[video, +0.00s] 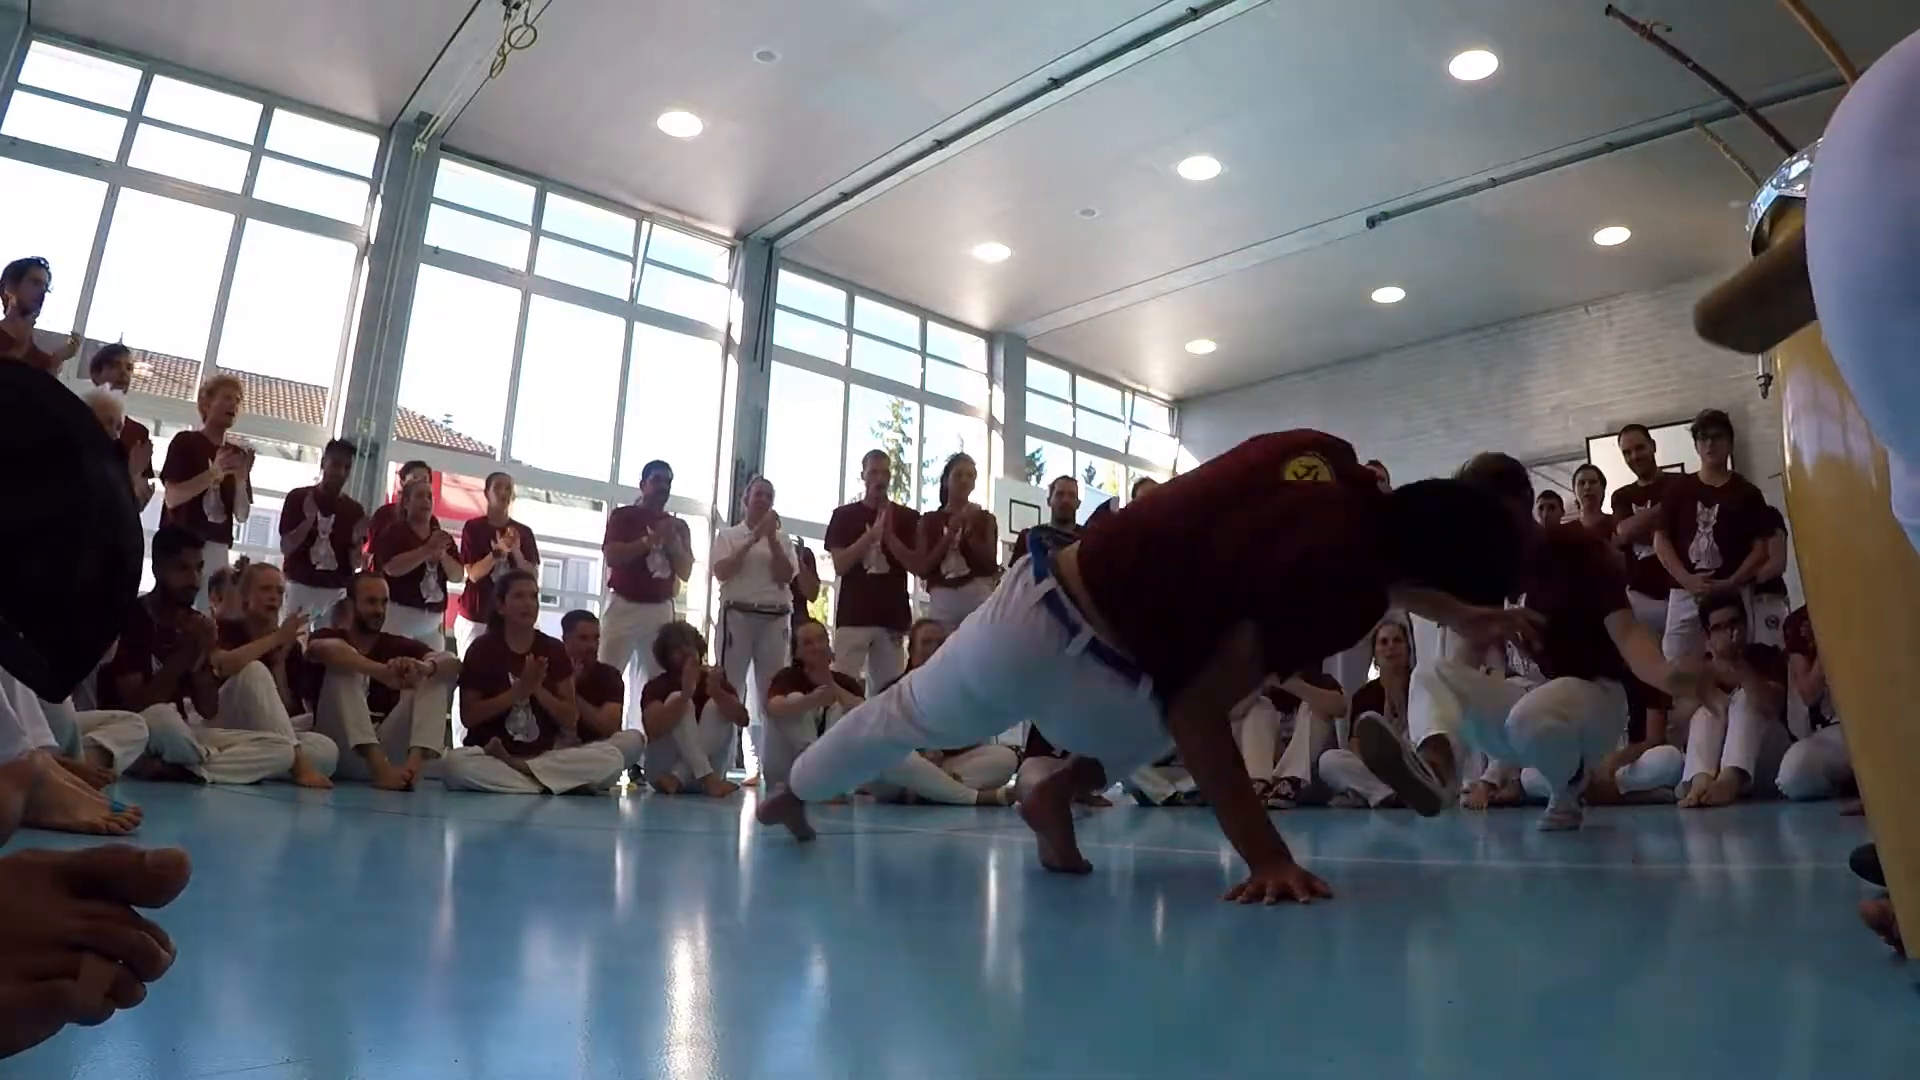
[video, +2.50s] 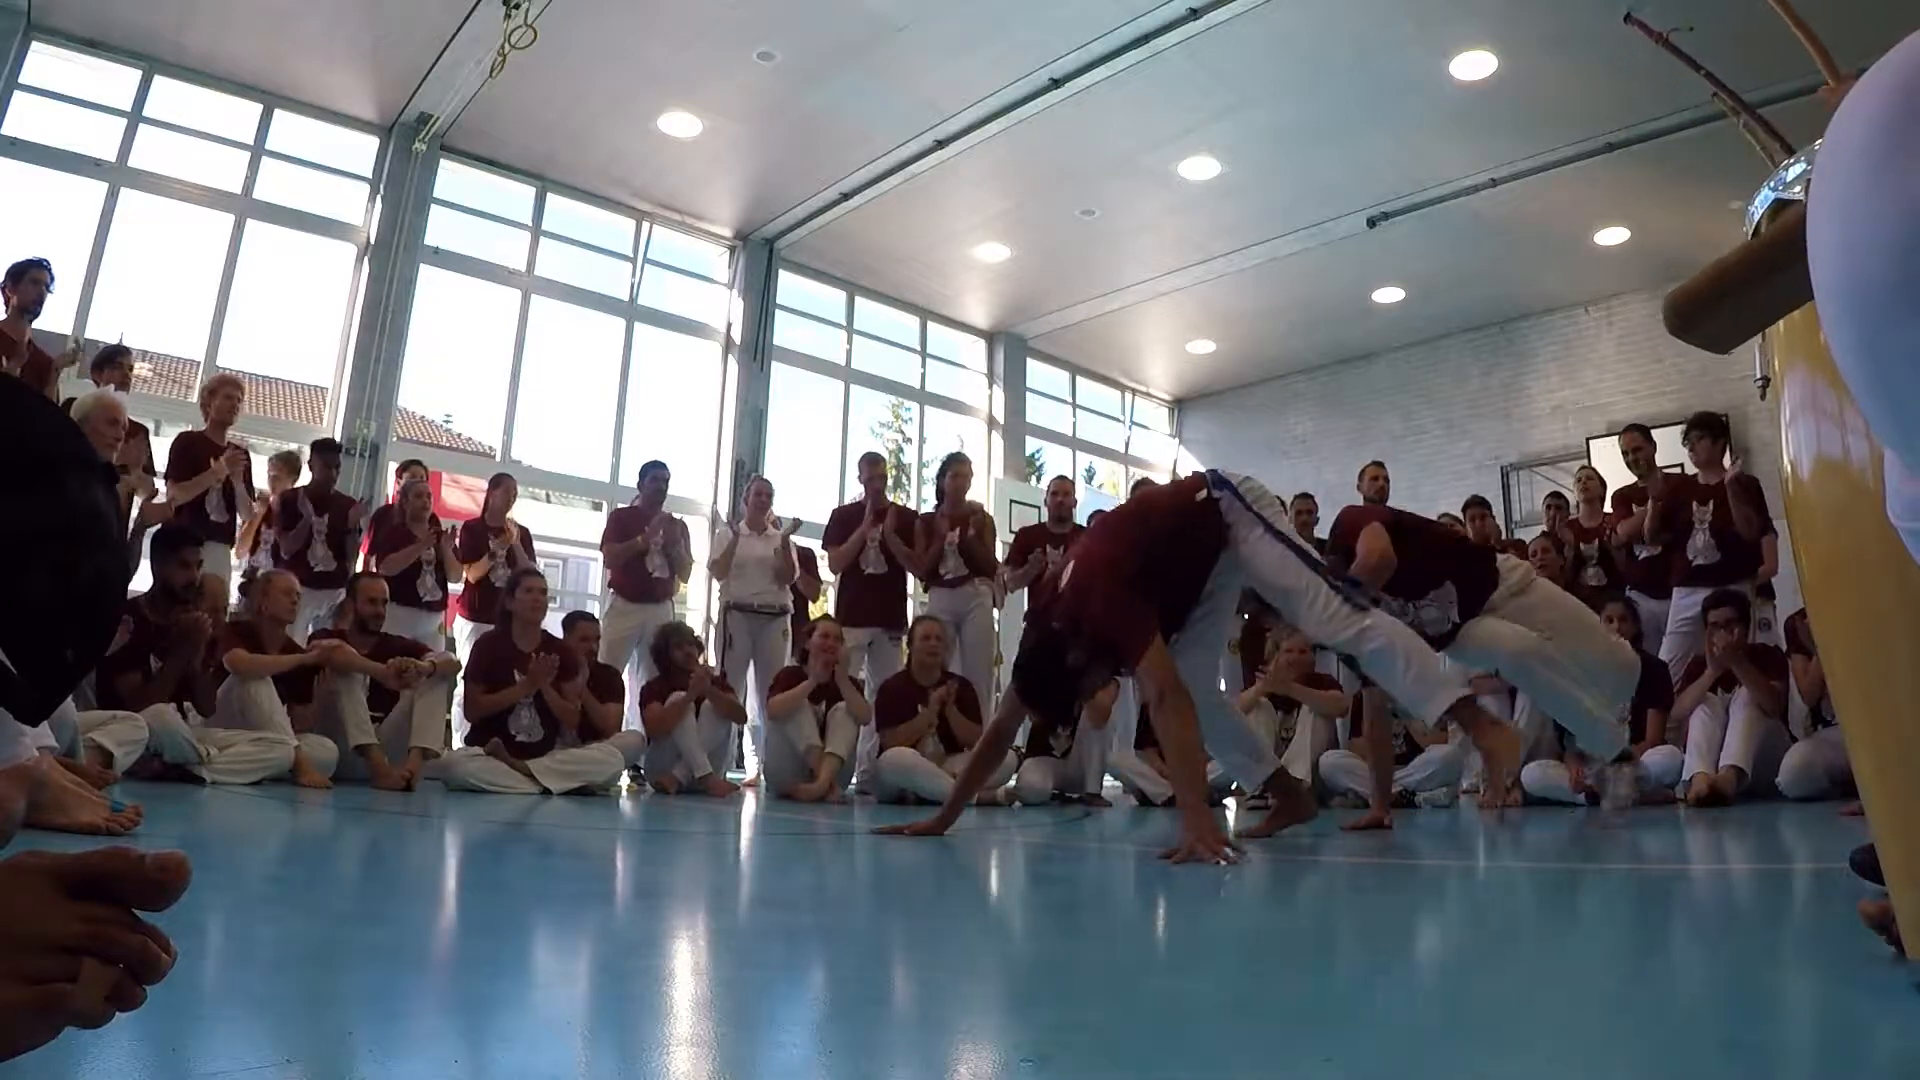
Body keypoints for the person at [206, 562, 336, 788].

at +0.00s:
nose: (274, 597)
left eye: (279, 591)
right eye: (266, 589)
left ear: (284, 597)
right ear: (246, 595)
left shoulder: (291, 646)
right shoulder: (224, 630)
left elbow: (293, 711)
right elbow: (222, 666)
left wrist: (279, 664)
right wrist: (278, 637)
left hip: (273, 733)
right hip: (224, 726)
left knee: (326, 752)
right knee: (253, 671)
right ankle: (298, 762)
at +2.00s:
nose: (276, 597)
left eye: (280, 591)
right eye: (268, 590)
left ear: (285, 597)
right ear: (244, 599)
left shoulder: (286, 645)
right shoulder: (226, 629)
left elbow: (291, 711)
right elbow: (222, 662)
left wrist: (301, 660)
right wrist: (281, 642)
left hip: (268, 733)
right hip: (222, 725)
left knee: (327, 751)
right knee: (253, 671)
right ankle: (298, 761)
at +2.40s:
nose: (291, 599)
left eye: (294, 594)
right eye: (283, 591)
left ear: (297, 600)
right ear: (257, 599)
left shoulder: (295, 650)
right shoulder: (234, 629)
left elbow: (302, 720)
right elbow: (236, 659)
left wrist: (314, 675)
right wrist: (302, 658)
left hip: (270, 734)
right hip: (224, 726)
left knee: (327, 752)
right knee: (253, 674)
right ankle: (299, 762)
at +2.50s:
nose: (295, 601)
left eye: (298, 596)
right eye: (287, 594)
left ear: (301, 601)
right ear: (262, 600)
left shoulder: (298, 654)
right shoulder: (233, 631)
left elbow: (301, 724)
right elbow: (239, 665)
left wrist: (322, 694)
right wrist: (305, 658)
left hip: (269, 736)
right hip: (222, 727)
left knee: (326, 753)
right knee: (253, 678)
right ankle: (298, 762)